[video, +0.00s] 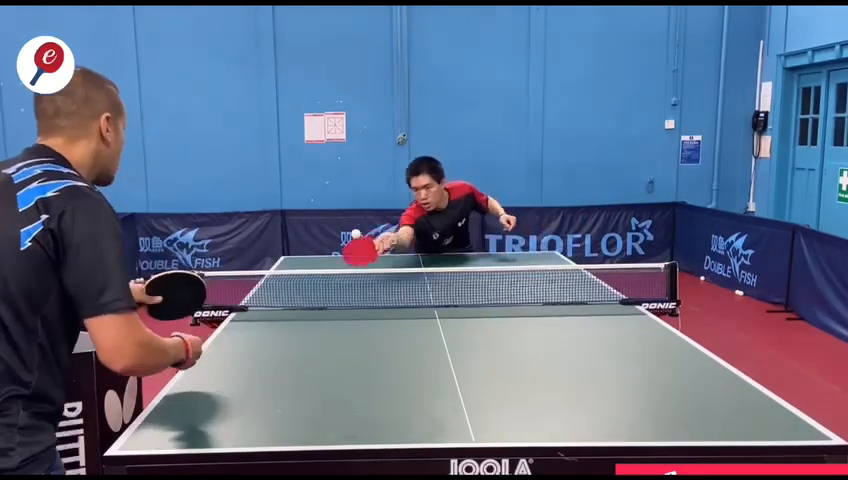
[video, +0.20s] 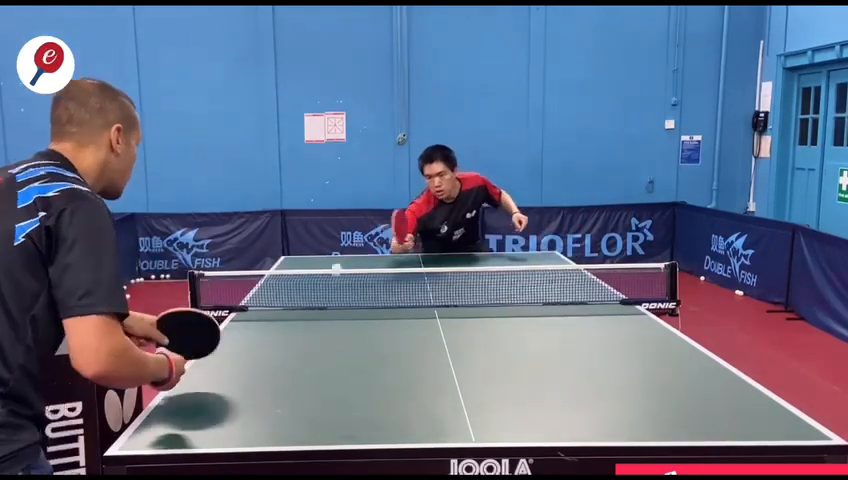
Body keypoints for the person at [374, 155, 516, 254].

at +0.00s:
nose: (422, 196)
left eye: (427, 188)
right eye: (416, 190)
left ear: (442, 183)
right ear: (412, 191)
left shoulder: (464, 191)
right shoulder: (413, 213)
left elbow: (487, 203)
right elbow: (405, 240)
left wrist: (502, 214)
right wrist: (392, 240)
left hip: (465, 263)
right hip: (430, 268)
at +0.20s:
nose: (436, 183)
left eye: (441, 175)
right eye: (430, 178)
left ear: (454, 172)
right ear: (424, 178)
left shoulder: (476, 183)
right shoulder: (418, 209)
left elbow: (499, 196)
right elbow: (395, 248)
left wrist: (515, 212)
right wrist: (403, 246)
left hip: (477, 264)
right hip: (438, 270)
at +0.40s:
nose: (463, 181)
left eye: (468, 173)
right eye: (457, 175)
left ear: (482, 170)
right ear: (452, 175)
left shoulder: (505, 183)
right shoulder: (446, 200)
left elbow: (536, 203)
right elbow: (430, 229)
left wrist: (536, 220)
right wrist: (423, 241)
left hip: (505, 253)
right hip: (465, 258)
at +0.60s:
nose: (493, 181)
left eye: (498, 173)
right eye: (487, 176)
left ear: (512, 171)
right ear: (483, 178)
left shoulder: (538, 187)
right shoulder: (483, 202)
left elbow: (568, 223)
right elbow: (466, 232)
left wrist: (534, 232)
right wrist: (459, 235)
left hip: (543, 265)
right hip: (505, 267)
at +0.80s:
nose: (501, 180)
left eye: (506, 172)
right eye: (496, 176)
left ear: (521, 169)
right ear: (492, 178)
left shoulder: (547, 186)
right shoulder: (504, 203)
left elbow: (558, 231)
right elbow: (492, 238)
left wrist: (515, 238)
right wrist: (469, 247)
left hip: (570, 256)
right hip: (539, 259)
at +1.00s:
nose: (518, 203)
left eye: (521, 195)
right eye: (514, 200)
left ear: (539, 192)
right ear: (512, 202)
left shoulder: (548, 207)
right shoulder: (558, 205)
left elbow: (531, 249)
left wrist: (502, 237)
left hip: (589, 276)